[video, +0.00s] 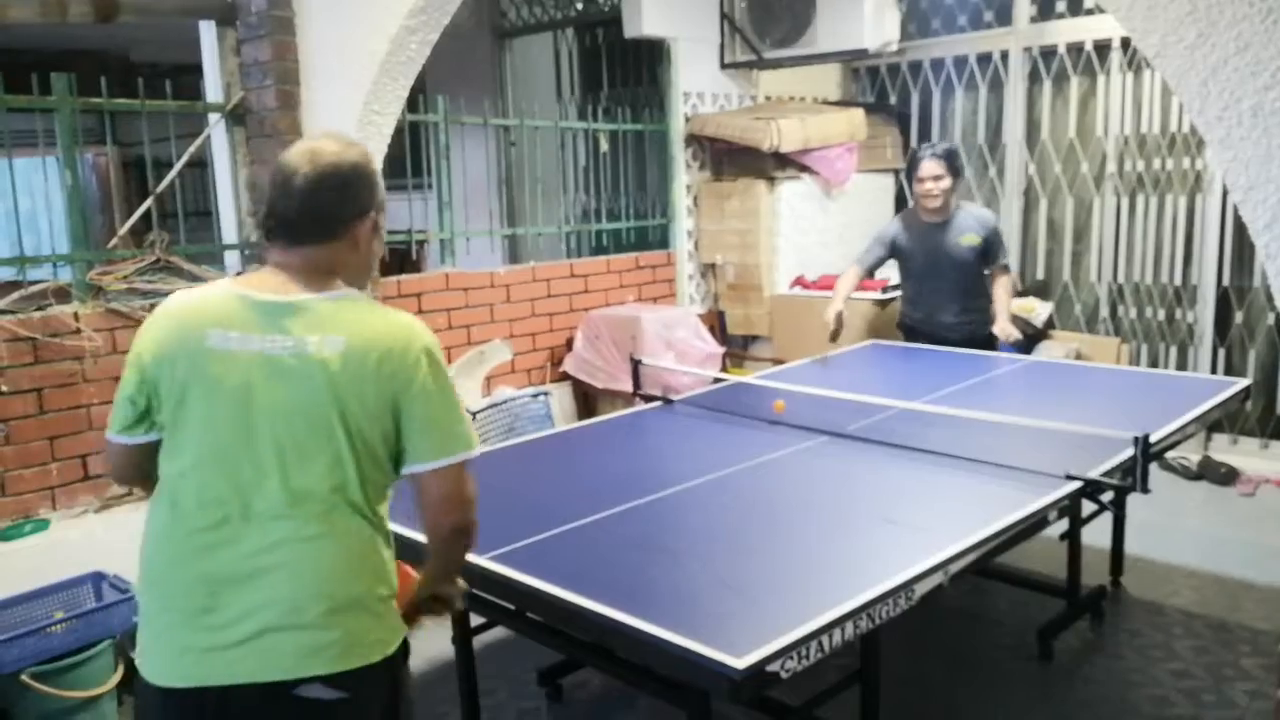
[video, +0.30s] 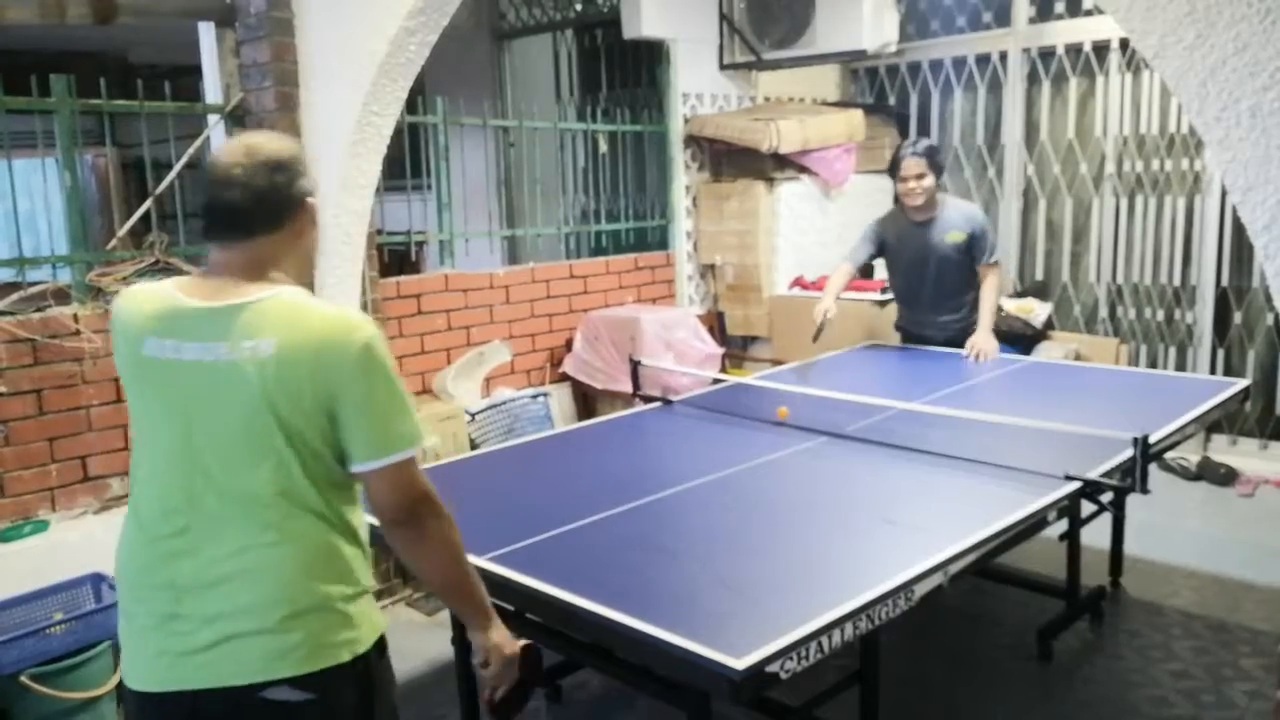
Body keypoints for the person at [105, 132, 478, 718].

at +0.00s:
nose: (378, 243)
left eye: (380, 227)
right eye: (379, 227)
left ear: (269, 222)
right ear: (366, 231)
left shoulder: (175, 319)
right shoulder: (397, 340)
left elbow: (125, 463)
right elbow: (452, 518)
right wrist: (436, 583)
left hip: (181, 666)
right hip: (335, 660)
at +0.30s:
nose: (316, 228)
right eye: (315, 214)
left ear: (208, 223)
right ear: (305, 219)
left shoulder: (135, 316)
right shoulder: (339, 338)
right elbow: (406, 509)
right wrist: (483, 621)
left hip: (159, 672)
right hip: (306, 666)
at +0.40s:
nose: (282, 236)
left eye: (280, 216)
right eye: (279, 216)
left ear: (165, 226)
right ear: (260, 217)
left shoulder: (103, 321)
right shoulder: (295, 335)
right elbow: (365, 510)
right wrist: (458, 631)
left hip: (142, 677)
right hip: (285, 672)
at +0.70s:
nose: (189, 233)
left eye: (188, 213)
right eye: (187, 212)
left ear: (72, 235)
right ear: (164, 211)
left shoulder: (26, 339)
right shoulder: (198, 324)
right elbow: (234, 514)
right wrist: (313, 667)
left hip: (85, 676)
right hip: (210, 674)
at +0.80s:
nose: (182, 230)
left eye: (181, 211)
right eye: (179, 210)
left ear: (63, 233)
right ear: (152, 207)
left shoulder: (17, 336)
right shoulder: (182, 325)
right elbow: (222, 514)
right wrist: (311, 666)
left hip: (81, 676)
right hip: (204, 675)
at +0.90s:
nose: (180, 236)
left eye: (178, 213)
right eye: (175, 213)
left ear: (60, 230)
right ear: (146, 210)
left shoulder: (15, 334)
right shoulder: (176, 326)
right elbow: (229, 517)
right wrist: (329, 663)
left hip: (80, 675)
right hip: (208, 676)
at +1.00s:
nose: (183, 241)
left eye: (182, 220)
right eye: (179, 219)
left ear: (59, 234)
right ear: (147, 211)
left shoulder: (16, 336)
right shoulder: (182, 330)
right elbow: (243, 523)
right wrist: (348, 656)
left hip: (85, 674)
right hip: (218, 676)